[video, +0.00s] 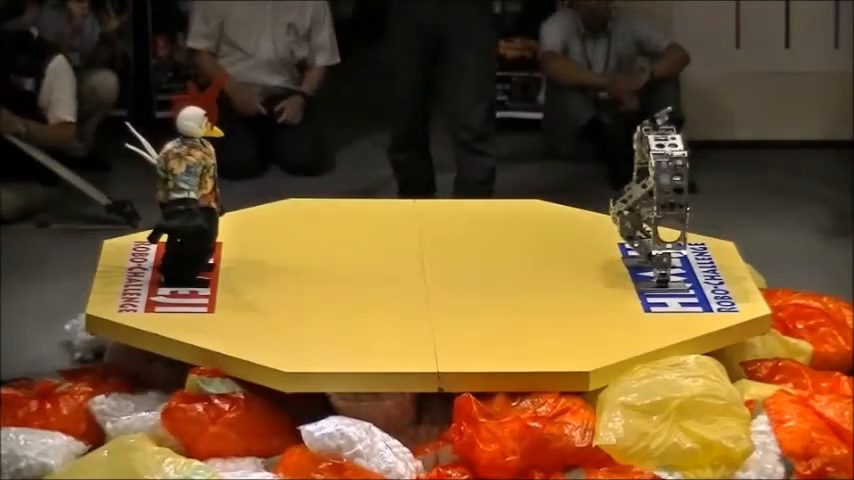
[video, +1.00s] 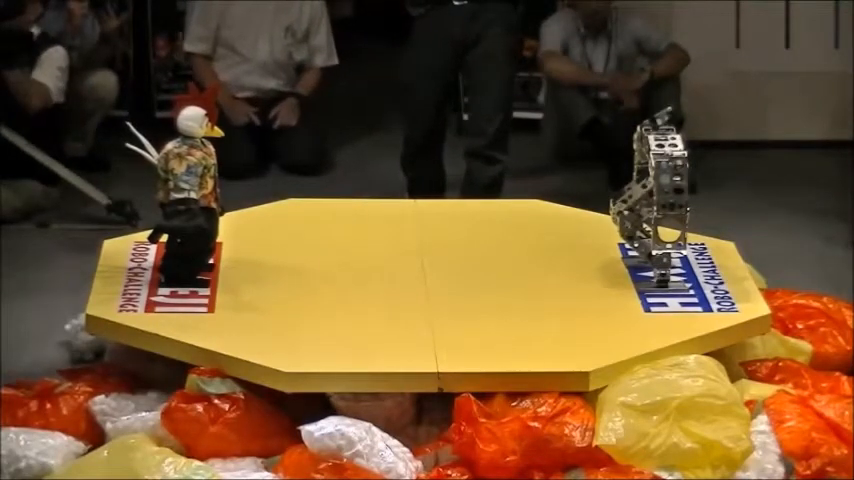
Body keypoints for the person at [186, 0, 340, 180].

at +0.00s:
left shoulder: (313, 5)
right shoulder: (213, 5)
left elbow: (321, 58)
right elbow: (201, 53)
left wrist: (301, 97)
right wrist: (234, 90)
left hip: (286, 93)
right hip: (234, 93)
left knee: (305, 161)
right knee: (237, 165)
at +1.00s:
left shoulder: (310, 5)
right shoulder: (212, 5)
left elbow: (316, 64)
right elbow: (198, 56)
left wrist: (294, 100)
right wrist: (228, 102)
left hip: (284, 99)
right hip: (232, 99)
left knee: (306, 160)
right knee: (237, 164)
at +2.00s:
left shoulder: (302, 5)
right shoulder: (203, 5)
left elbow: (312, 61)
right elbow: (192, 61)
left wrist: (291, 100)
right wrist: (226, 105)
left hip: (280, 97)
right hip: (229, 101)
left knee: (305, 160)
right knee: (236, 163)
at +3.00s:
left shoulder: (302, 5)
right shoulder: (201, 5)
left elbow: (312, 60)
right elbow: (191, 60)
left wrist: (291, 100)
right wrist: (226, 105)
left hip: (280, 98)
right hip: (228, 102)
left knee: (306, 160)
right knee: (237, 163)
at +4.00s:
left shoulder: (301, 5)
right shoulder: (202, 5)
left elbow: (310, 62)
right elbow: (191, 62)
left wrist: (291, 100)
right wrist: (226, 106)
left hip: (279, 99)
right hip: (227, 102)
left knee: (307, 161)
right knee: (238, 163)